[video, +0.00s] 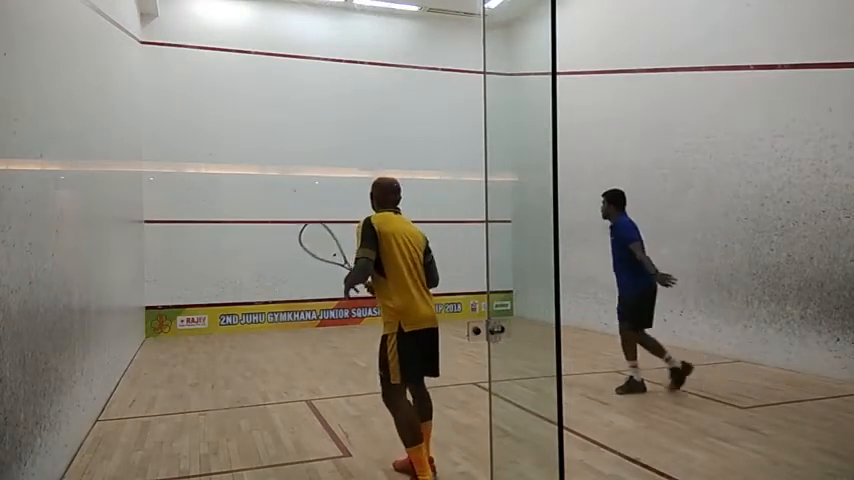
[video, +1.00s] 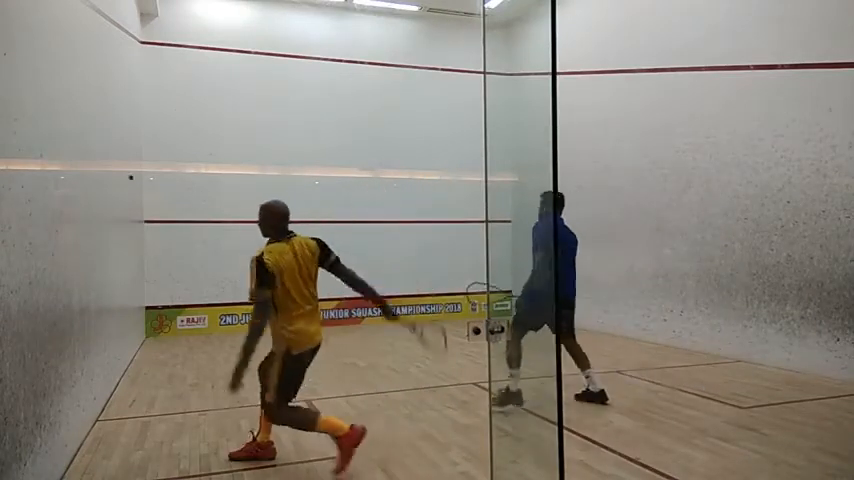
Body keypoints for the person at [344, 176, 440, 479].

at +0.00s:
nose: (370, 200)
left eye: (372, 195)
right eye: (374, 194)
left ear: (373, 198)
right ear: (399, 199)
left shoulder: (372, 223)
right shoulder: (416, 232)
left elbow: (364, 267)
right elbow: (432, 279)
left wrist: (350, 279)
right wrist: (391, 280)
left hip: (399, 324)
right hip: (426, 321)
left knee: (394, 396)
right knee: (418, 385)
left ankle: (423, 469)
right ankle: (424, 457)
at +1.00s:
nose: (258, 224)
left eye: (260, 220)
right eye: (260, 220)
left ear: (267, 223)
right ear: (286, 222)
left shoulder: (265, 260)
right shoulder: (312, 246)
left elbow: (260, 316)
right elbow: (348, 276)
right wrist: (381, 302)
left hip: (291, 345)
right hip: (312, 338)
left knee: (275, 411)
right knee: (265, 371)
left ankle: (345, 432)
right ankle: (263, 441)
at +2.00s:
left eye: (375, 192)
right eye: (391, 194)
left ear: (371, 196)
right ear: (397, 201)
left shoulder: (351, 227)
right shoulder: (407, 233)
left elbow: (337, 272)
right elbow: (422, 283)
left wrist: (333, 313)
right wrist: (431, 325)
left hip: (365, 325)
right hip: (401, 323)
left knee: (348, 385)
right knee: (411, 377)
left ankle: (343, 462)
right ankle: (418, 445)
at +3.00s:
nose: (396, 196)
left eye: (400, 193)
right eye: (398, 192)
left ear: (401, 200)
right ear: (416, 201)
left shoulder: (379, 230)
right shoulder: (425, 227)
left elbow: (373, 267)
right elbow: (447, 261)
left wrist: (393, 263)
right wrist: (435, 284)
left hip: (396, 308)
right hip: (425, 305)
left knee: (390, 362)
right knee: (447, 349)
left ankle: (386, 423)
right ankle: (446, 411)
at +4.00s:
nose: (514, 210)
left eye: (506, 204)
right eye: (516, 206)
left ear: (498, 206)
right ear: (517, 207)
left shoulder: (488, 232)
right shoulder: (524, 230)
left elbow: (477, 265)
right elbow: (550, 255)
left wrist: (497, 271)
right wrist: (531, 257)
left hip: (495, 300)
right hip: (517, 301)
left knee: (512, 349)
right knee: (520, 349)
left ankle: (520, 397)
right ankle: (488, 390)